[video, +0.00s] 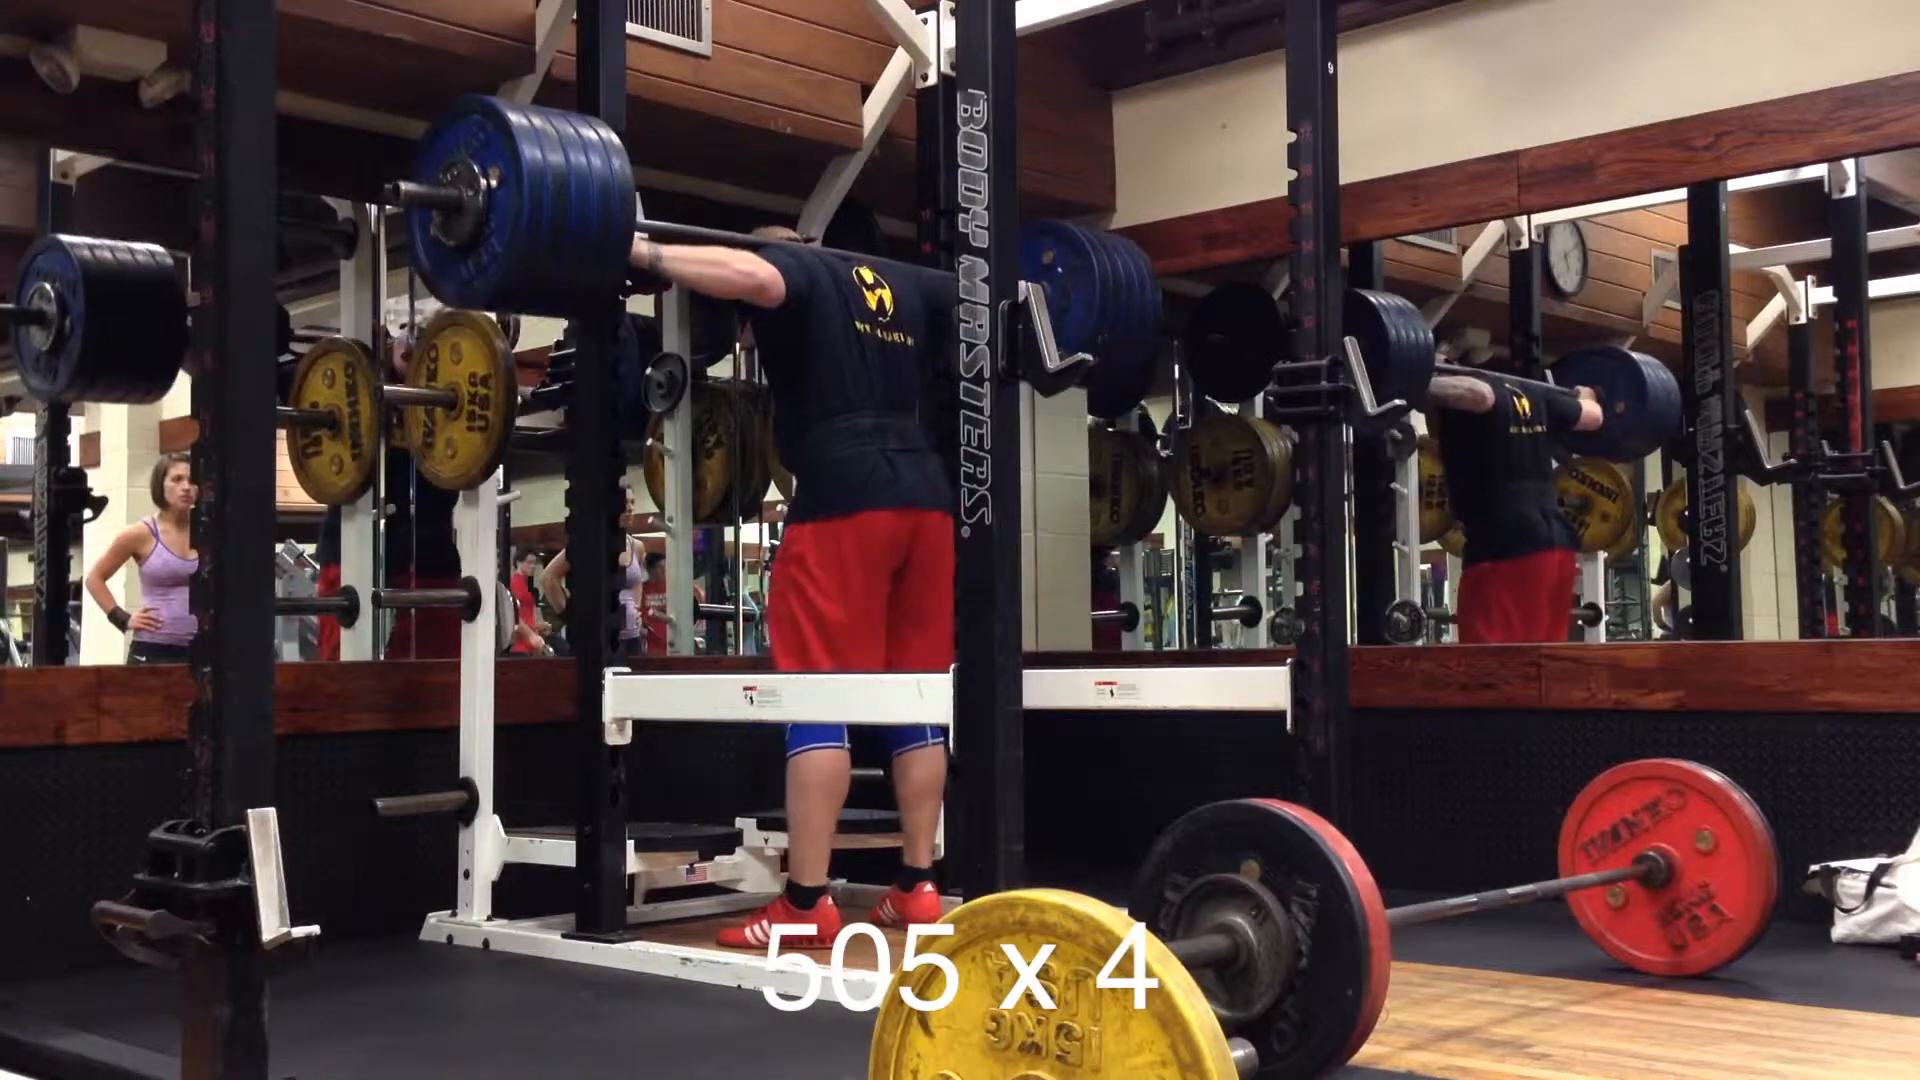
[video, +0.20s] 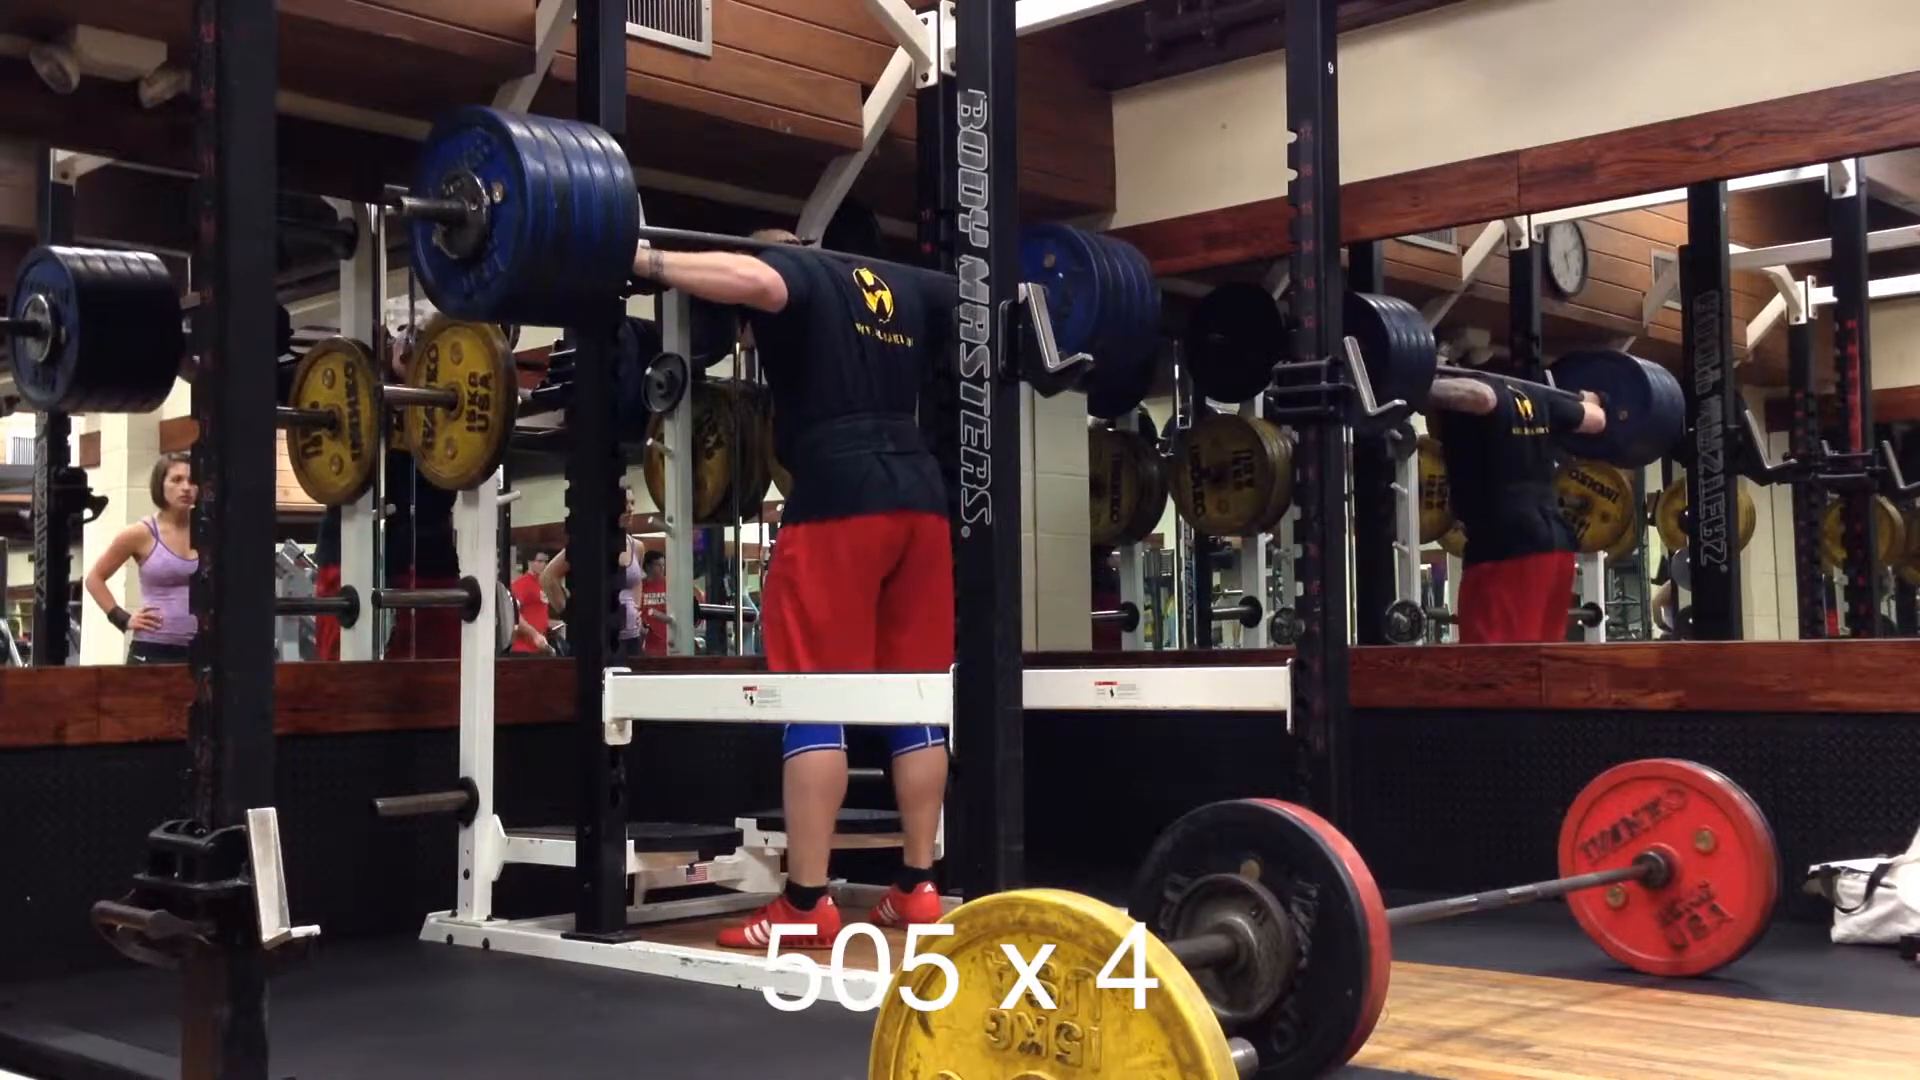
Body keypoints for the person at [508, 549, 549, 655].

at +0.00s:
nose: (533, 566)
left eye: (534, 563)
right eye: (529, 562)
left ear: (536, 564)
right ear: (519, 563)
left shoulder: (527, 581)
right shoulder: (515, 581)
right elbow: (514, 616)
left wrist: (538, 627)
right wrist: (530, 635)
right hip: (518, 646)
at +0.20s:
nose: (543, 565)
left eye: (545, 561)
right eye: (539, 561)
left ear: (547, 563)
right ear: (530, 563)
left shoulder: (541, 584)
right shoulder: (520, 584)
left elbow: (536, 616)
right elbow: (513, 614)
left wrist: (551, 624)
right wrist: (534, 634)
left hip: (540, 647)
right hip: (523, 647)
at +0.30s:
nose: (548, 565)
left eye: (550, 562)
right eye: (545, 561)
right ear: (534, 563)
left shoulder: (548, 585)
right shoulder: (525, 584)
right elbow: (514, 612)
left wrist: (555, 623)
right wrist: (536, 635)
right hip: (525, 647)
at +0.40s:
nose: (552, 565)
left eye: (555, 561)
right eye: (548, 561)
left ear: (561, 564)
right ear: (540, 563)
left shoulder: (559, 589)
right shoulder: (529, 585)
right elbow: (518, 612)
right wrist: (538, 635)